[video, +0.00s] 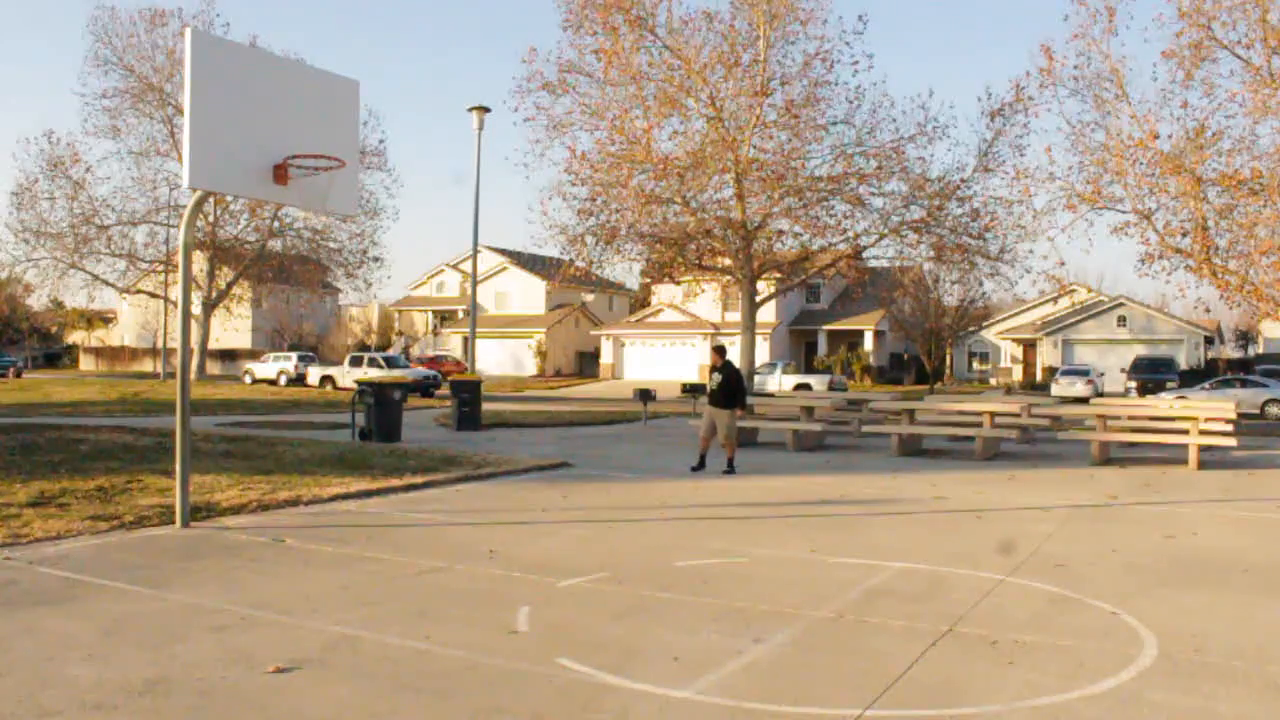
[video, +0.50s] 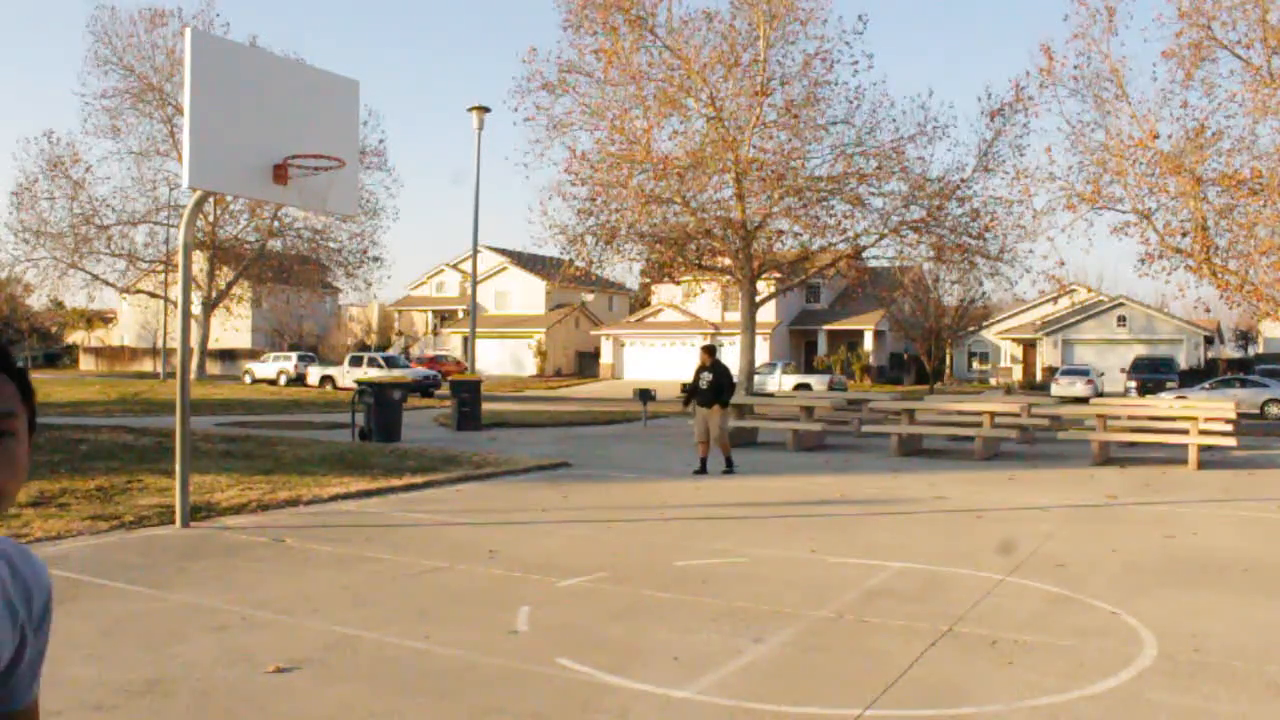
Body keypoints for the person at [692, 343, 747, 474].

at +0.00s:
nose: (712, 357)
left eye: (713, 355)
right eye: (712, 354)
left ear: (719, 355)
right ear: (718, 355)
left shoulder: (732, 371)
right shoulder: (713, 370)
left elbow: (740, 390)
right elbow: (713, 387)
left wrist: (741, 406)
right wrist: (711, 402)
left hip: (727, 409)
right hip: (712, 407)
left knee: (728, 439)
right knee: (705, 435)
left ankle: (730, 465)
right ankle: (701, 461)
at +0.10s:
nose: (711, 358)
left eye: (712, 355)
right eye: (711, 355)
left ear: (717, 356)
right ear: (717, 355)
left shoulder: (731, 371)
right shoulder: (712, 370)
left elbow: (738, 391)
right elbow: (711, 388)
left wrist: (737, 408)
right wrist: (708, 403)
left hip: (725, 409)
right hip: (710, 408)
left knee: (728, 439)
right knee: (708, 438)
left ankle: (730, 465)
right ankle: (702, 464)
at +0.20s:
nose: (708, 358)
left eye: (710, 355)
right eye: (709, 355)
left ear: (715, 356)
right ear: (716, 355)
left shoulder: (728, 371)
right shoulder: (709, 370)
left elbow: (734, 391)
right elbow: (707, 389)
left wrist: (732, 408)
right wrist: (704, 404)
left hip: (724, 409)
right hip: (709, 409)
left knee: (726, 439)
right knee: (708, 439)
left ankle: (730, 465)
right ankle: (703, 465)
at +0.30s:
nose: (706, 358)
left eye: (707, 355)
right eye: (706, 355)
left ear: (712, 355)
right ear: (713, 355)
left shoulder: (726, 370)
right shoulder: (706, 370)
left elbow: (732, 389)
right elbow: (701, 388)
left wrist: (727, 405)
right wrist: (697, 404)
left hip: (720, 408)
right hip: (705, 408)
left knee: (724, 438)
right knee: (705, 438)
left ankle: (730, 465)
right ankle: (703, 465)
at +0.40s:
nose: (703, 357)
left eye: (705, 355)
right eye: (704, 354)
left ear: (710, 355)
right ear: (709, 355)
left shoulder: (723, 370)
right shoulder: (703, 370)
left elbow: (729, 388)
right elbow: (698, 387)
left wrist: (723, 404)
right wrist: (692, 401)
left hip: (718, 407)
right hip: (702, 407)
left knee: (721, 436)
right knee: (703, 438)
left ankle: (729, 464)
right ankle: (703, 465)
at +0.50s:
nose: (701, 357)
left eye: (703, 354)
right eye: (701, 354)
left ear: (709, 355)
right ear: (706, 355)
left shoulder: (721, 369)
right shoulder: (700, 369)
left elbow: (729, 386)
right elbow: (694, 386)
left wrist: (722, 404)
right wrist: (687, 400)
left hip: (716, 407)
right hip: (700, 406)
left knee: (719, 436)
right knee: (702, 437)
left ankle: (729, 463)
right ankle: (702, 465)